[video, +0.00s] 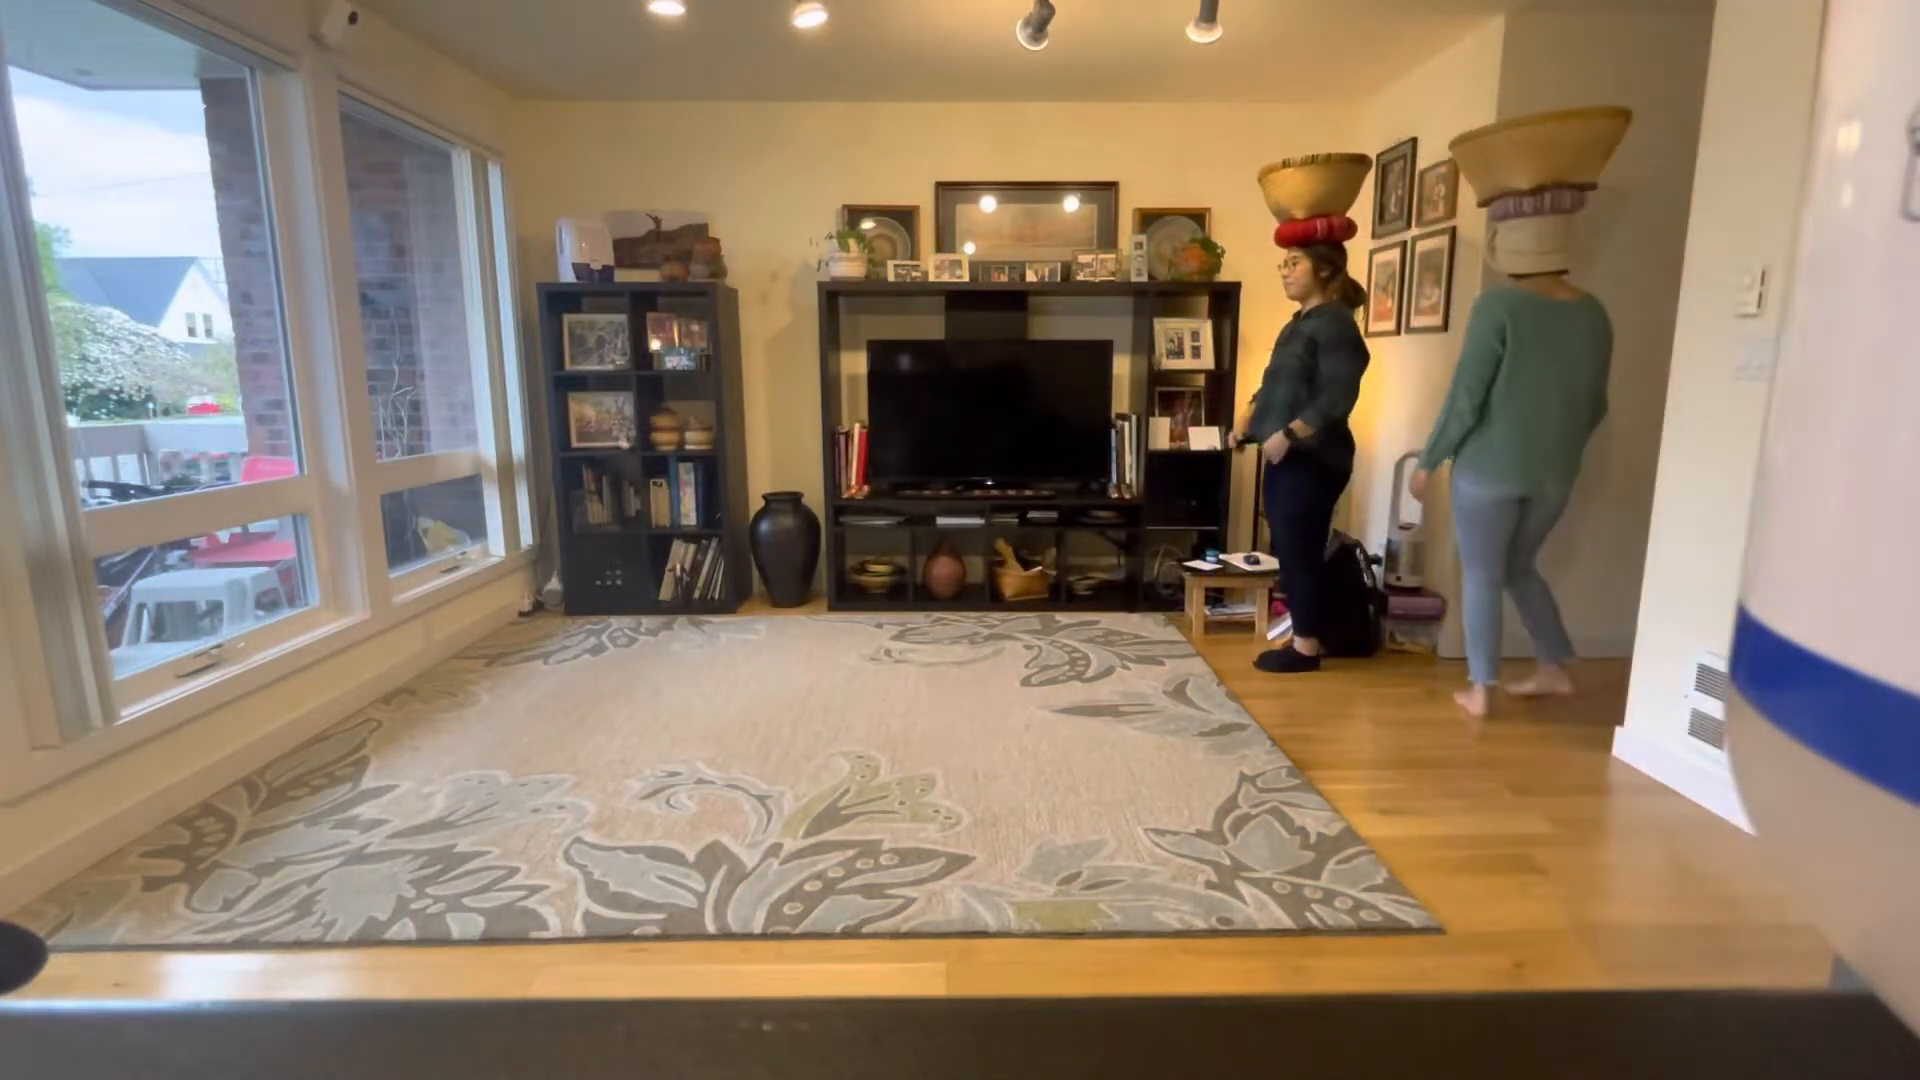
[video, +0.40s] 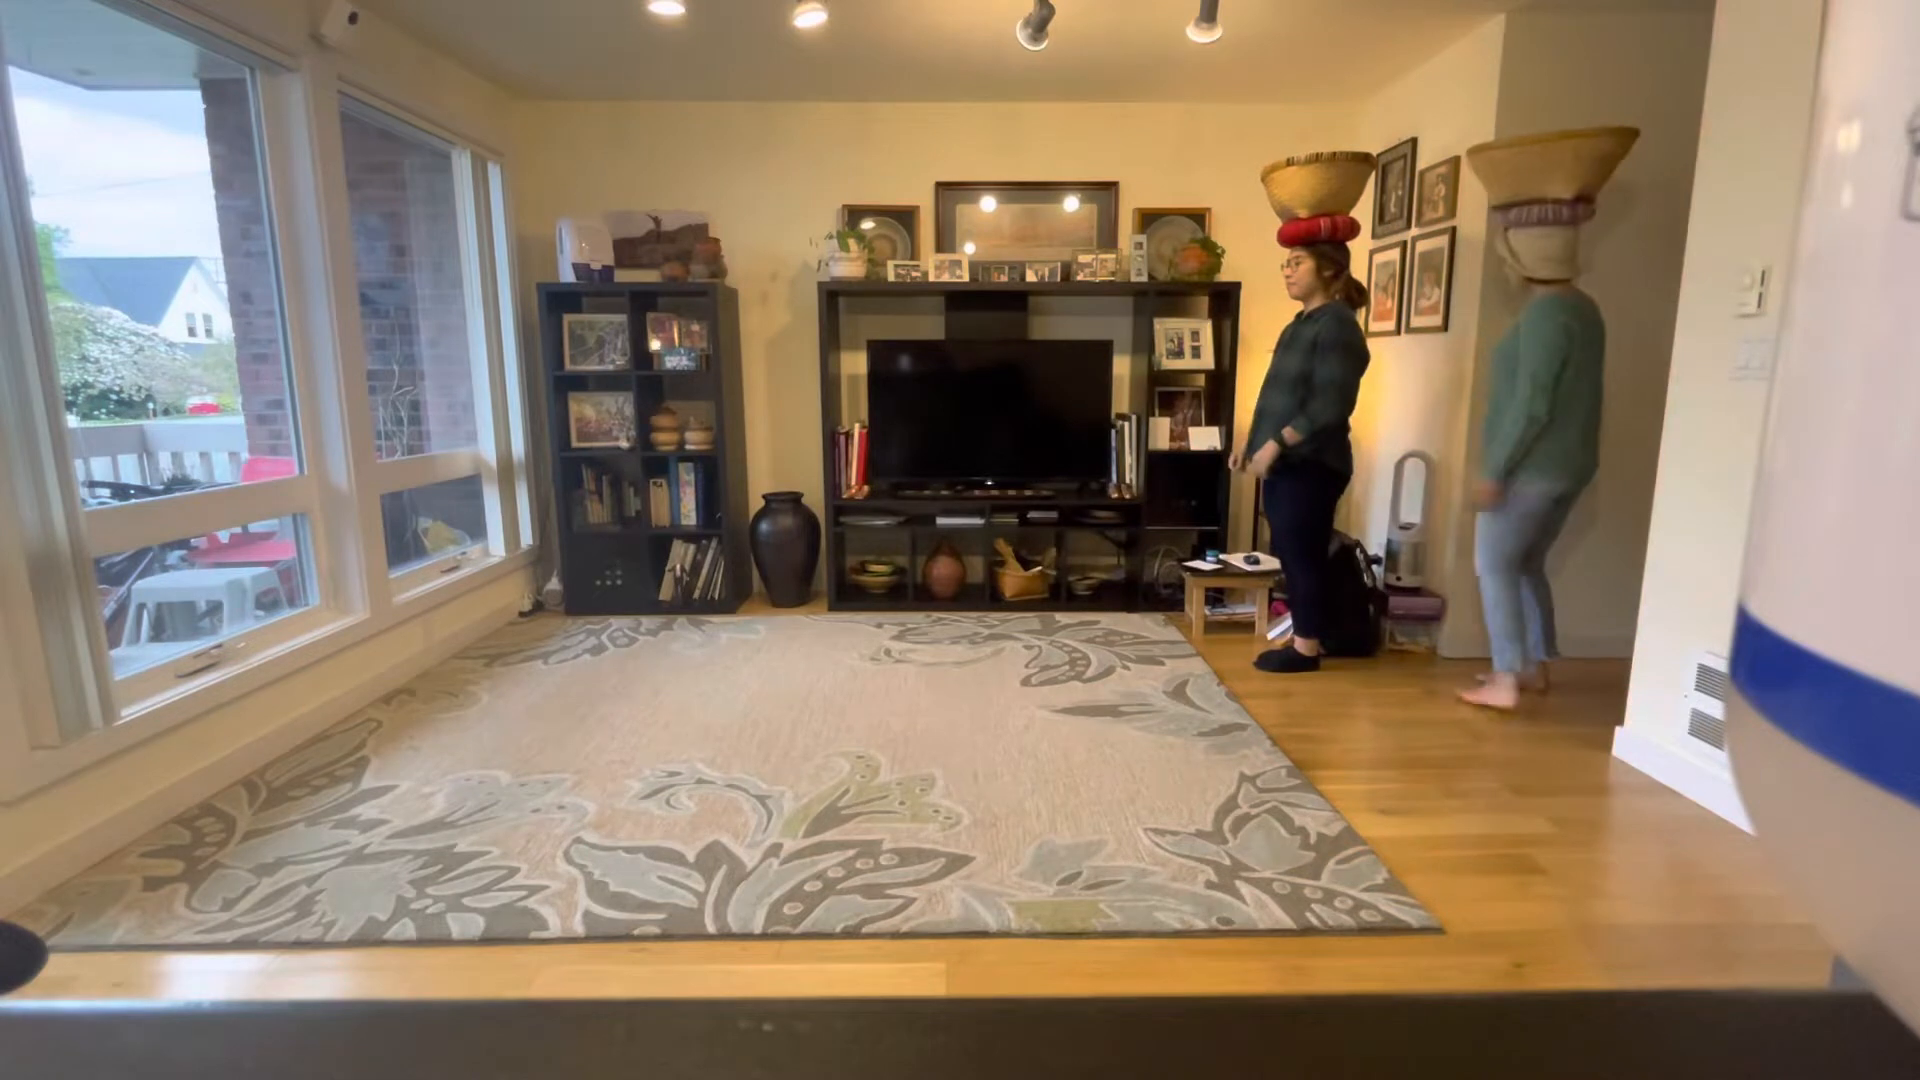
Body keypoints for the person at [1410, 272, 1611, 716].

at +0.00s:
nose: (1499, 261)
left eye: (1501, 253)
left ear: (1508, 258)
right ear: (1559, 256)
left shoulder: (1498, 305)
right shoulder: (1591, 312)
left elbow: (1467, 399)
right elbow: (1595, 404)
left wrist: (1427, 461)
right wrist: (1559, 448)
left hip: (1491, 463)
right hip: (1555, 468)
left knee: (1482, 575)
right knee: (1520, 567)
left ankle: (1480, 689)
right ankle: (1554, 667)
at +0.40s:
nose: (1508, 262)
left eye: (1511, 255)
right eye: (1511, 252)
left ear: (1523, 260)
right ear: (1566, 258)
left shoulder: (1546, 314)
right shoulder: (1583, 311)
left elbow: (1534, 405)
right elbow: (1578, 400)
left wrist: (1494, 472)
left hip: (1536, 468)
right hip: (1567, 467)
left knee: (1494, 564)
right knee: (1528, 564)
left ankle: (1506, 678)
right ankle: (1536, 664)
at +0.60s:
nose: (1512, 263)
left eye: (1519, 253)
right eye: (1513, 253)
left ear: (1544, 256)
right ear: (1554, 256)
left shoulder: (1572, 309)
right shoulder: (1565, 307)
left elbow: (1571, 396)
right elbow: (1564, 395)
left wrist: (1556, 471)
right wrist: (1534, 459)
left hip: (1545, 460)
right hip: (1548, 458)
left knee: (1511, 560)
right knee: (1531, 563)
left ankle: (1536, 673)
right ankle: (1535, 665)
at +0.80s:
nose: (1519, 263)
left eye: (1527, 253)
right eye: (1520, 253)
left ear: (1555, 257)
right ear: (1554, 258)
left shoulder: (1591, 308)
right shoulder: (1563, 310)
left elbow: (1596, 391)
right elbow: (1560, 390)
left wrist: (1580, 468)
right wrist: (1527, 451)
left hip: (1565, 460)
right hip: (1540, 455)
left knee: (1534, 565)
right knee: (1528, 564)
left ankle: (1562, 675)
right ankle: (1534, 663)